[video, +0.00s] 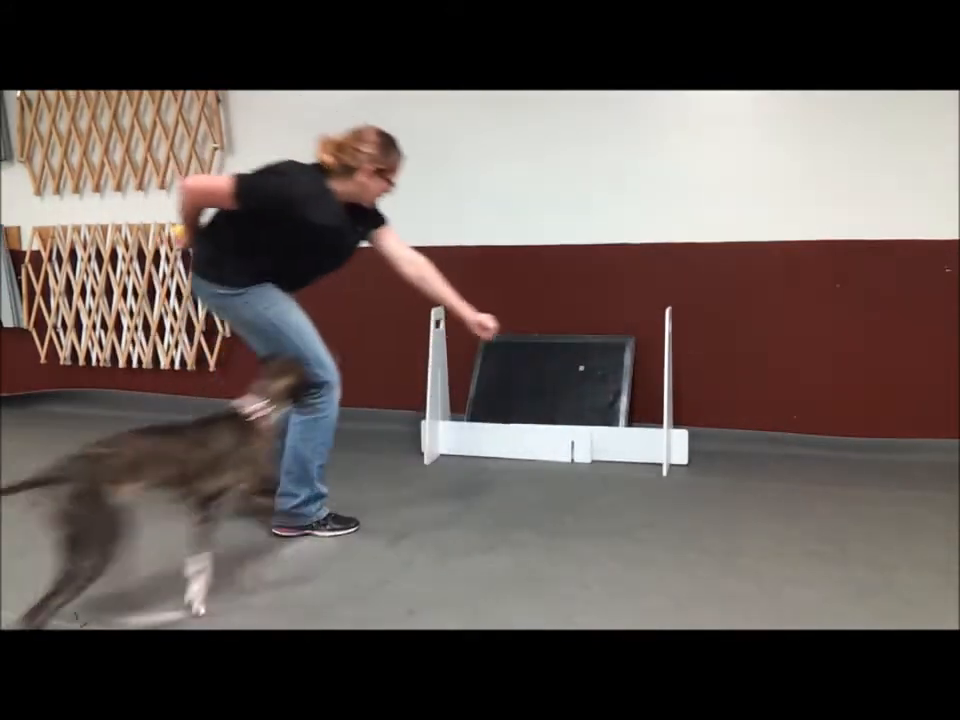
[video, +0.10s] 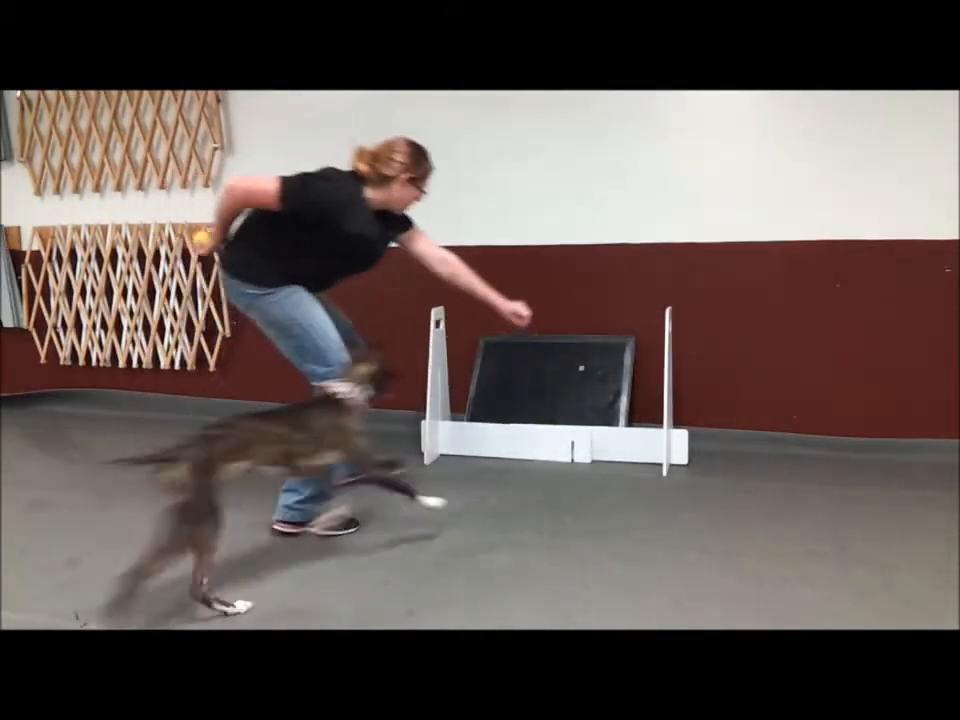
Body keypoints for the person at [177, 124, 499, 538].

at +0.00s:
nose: (389, 187)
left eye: (392, 180)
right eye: (385, 177)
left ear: (366, 173)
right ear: (362, 170)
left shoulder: (361, 215)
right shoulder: (294, 184)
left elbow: (411, 264)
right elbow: (193, 189)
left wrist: (469, 314)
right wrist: (190, 235)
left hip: (256, 282)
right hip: (230, 280)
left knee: (294, 376)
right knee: (321, 382)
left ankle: (261, 478)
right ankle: (298, 511)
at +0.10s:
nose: (419, 196)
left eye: (422, 188)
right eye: (417, 186)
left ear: (400, 180)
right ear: (397, 178)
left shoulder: (391, 221)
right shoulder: (331, 190)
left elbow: (442, 262)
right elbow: (237, 189)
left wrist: (501, 303)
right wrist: (217, 236)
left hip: (293, 282)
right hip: (256, 277)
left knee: (357, 364)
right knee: (339, 383)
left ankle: (341, 464)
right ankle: (298, 507)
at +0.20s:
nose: (442, 200)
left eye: (444, 192)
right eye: (441, 190)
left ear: (424, 184)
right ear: (422, 182)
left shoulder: (415, 224)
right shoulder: (365, 193)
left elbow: (464, 255)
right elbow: (276, 193)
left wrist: (522, 288)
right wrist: (240, 244)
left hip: (323, 286)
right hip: (288, 279)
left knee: (378, 379)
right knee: (364, 384)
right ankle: (308, 501)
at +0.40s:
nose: (466, 201)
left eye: (468, 195)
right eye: (466, 193)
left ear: (444, 183)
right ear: (452, 187)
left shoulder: (430, 216)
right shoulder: (404, 198)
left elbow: (465, 227)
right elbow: (334, 211)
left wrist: (510, 237)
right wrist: (284, 269)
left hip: (352, 281)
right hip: (326, 284)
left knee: (402, 362)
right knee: (407, 365)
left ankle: (395, 454)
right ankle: (359, 461)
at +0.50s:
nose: (472, 200)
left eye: (475, 194)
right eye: (472, 192)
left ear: (453, 185)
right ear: (457, 185)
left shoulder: (430, 206)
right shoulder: (414, 198)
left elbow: (448, 219)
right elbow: (345, 219)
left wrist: (474, 226)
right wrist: (321, 294)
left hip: (354, 274)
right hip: (336, 278)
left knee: (392, 358)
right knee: (410, 360)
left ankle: (386, 451)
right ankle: (398, 456)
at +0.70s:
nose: (480, 209)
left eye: (482, 203)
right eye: (480, 201)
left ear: (461, 192)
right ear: (465, 193)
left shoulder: (436, 221)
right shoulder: (413, 198)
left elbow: (376, 248)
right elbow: (347, 239)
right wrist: (399, 296)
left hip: (356, 271)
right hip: (322, 270)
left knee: (401, 353)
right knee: (390, 354)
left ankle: (385, 452)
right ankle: (403, 452)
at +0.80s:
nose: (479, 222)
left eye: (482, 215)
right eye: (480, 213)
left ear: (459, 203)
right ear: (463, 206)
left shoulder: (434, 230)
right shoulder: (406, 214)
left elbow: (378, 267)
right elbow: (351, 268)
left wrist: (406, 298)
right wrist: (407, 304)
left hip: (358, 271)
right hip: (313, 268)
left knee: (400, 354)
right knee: (357, 358)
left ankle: (391, 452)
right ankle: (388, 452)